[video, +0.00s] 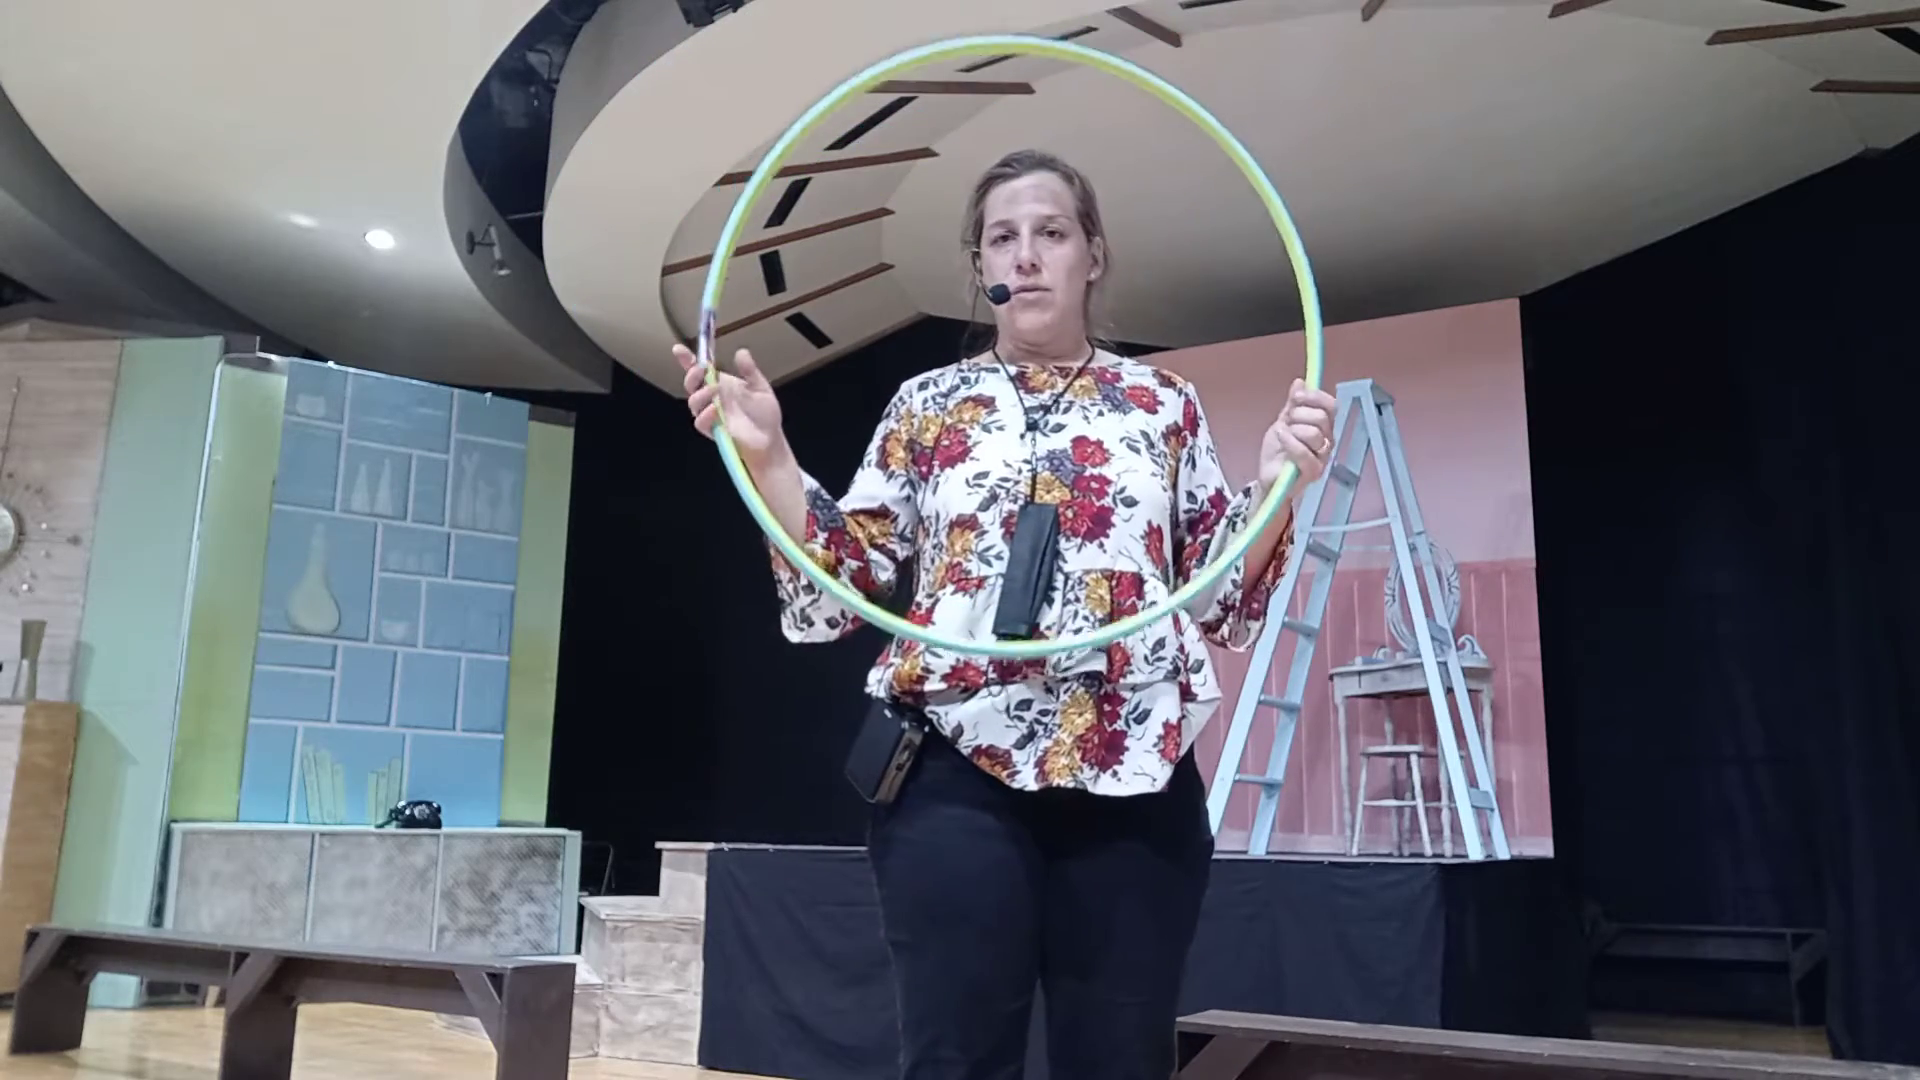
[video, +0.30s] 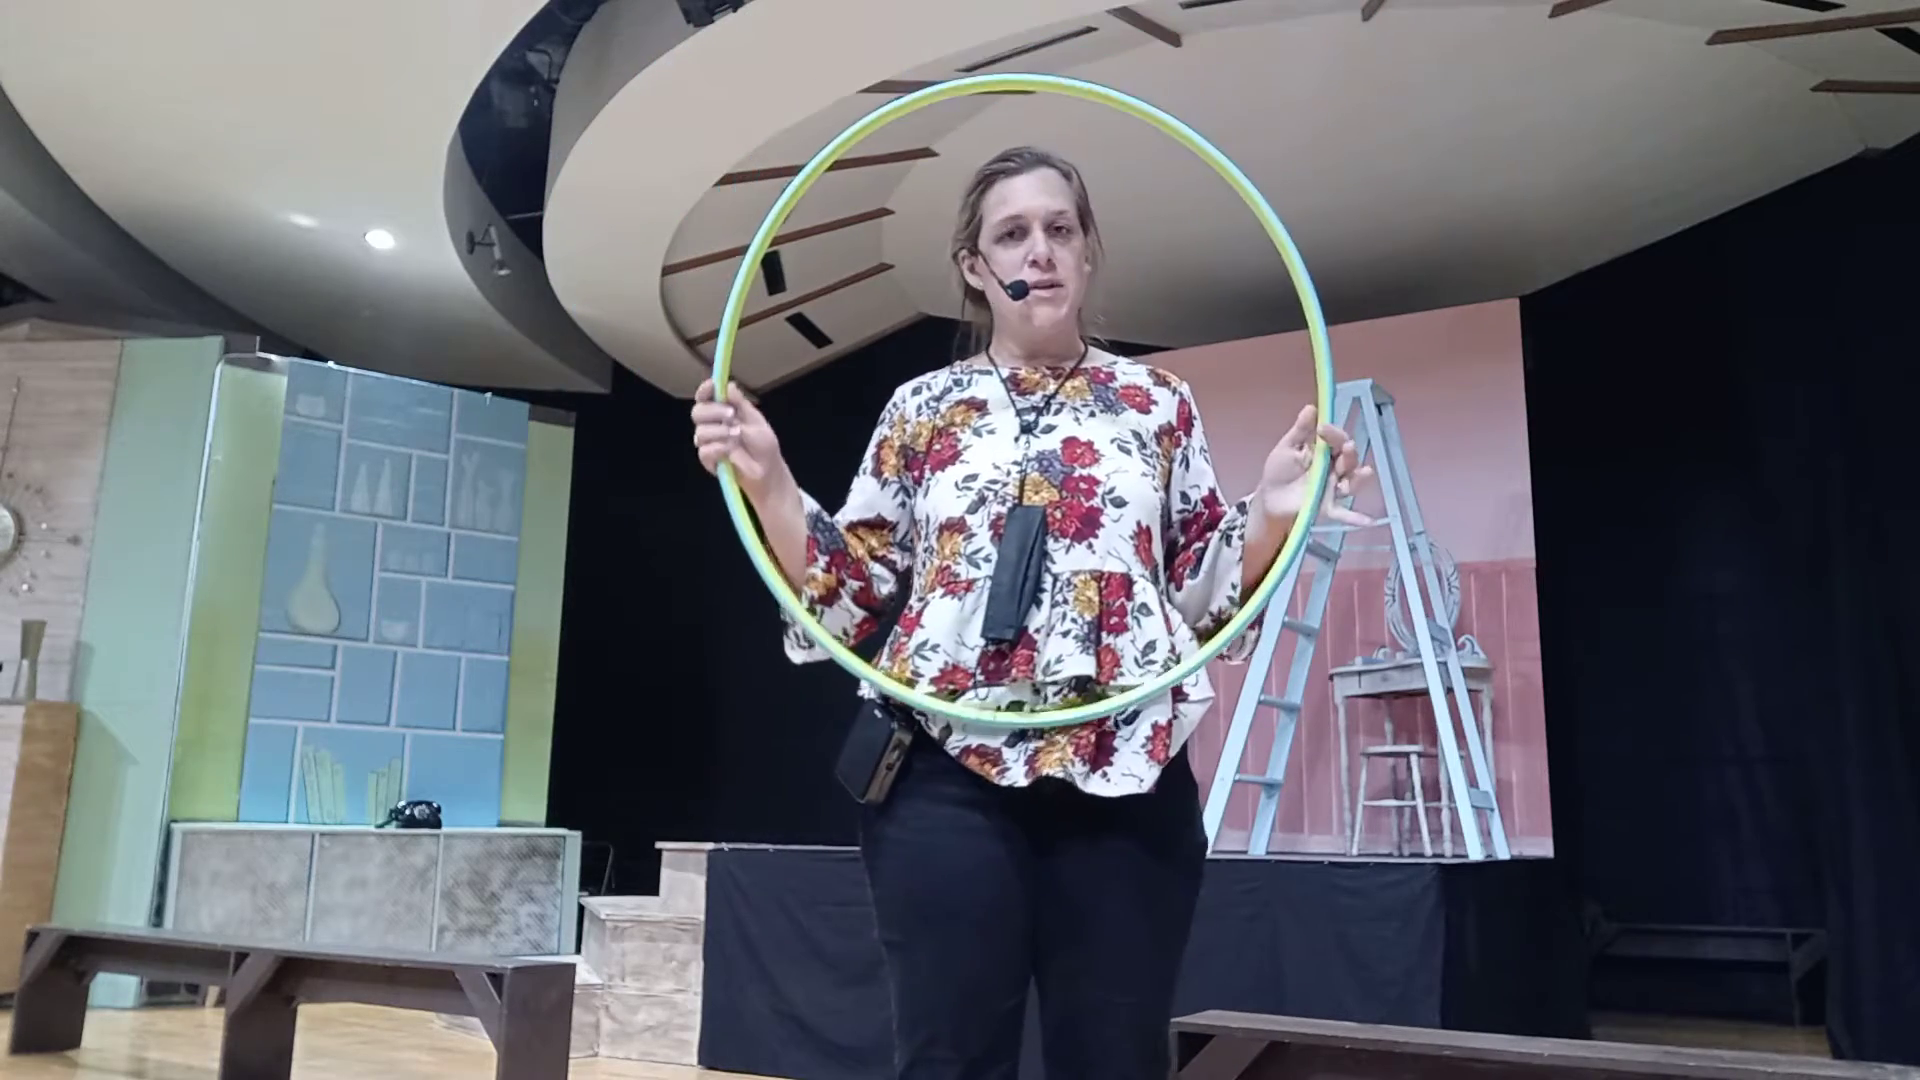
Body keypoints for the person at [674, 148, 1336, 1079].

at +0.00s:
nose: (1022, 254)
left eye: (1050, 232)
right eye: (1002, 236)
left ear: (1096, 259)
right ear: (979, 265)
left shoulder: (1164, 403)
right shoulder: (927, 403)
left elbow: (1221, 601)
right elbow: (851, 578)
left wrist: (1276, 481)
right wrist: (766, 454)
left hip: (1131, 797)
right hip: (956, 787)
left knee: (1116, 1063)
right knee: (954, 1060)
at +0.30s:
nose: (1038, 249)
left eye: (1059, 229)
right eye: (1011, 234)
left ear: (1090, 256)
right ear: (975, 269)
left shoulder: (1155, 401)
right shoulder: (922, 407)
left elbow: (1203, 599)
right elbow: (852, 605)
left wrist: (1271, 515)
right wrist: (771, 486)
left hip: (1127, 794)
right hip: (946, 791)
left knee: (1114, 1063)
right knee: (952, 1060)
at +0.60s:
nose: (999, 250)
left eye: (1024, 230)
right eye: (975, 235)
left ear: (1066, 253)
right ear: (951, 267)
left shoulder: (1141, 397)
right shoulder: (906, 411)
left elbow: (1204, 602)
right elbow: (846, 601)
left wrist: (1258, 506)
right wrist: (742, 508)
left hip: (1110, 798)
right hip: (932, 795)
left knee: (1103, 1062)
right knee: (936, 1061)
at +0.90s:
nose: (974, 252)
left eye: (998, 230)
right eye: (951, 233)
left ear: (1039, 255)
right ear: (921, 263)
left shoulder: (1114, 398)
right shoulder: (877, 417)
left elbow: (1156, 599)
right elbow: (826, 614)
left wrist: (1213, 525)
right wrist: (718, 554)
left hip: (1079, 801)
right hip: (900, 799)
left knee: (1086, 1063)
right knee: (915, 1061)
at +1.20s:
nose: (936, 263)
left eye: (961, 239)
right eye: (913, 245)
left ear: (1005, 262)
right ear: (888, 273)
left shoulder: (1081, 403)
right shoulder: (843, 425)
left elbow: (1122, 605)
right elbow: (797, 622)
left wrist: (1164, 528)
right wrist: (692, 543)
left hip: (1052, 803)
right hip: (872, 803)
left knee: (1082, 1060)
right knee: (894, 1062)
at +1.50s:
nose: (925, 259)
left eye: (948, 236)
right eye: (900, 241)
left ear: (988, 260)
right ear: (874, 272)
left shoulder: (1065, 401)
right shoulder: (828, 425)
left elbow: (1130, 609)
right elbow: (784, 625)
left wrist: (1168, 509)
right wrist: (697, 516)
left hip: (1043, 804)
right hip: (861, 807)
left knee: (1094, 1062)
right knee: (887, 1062)